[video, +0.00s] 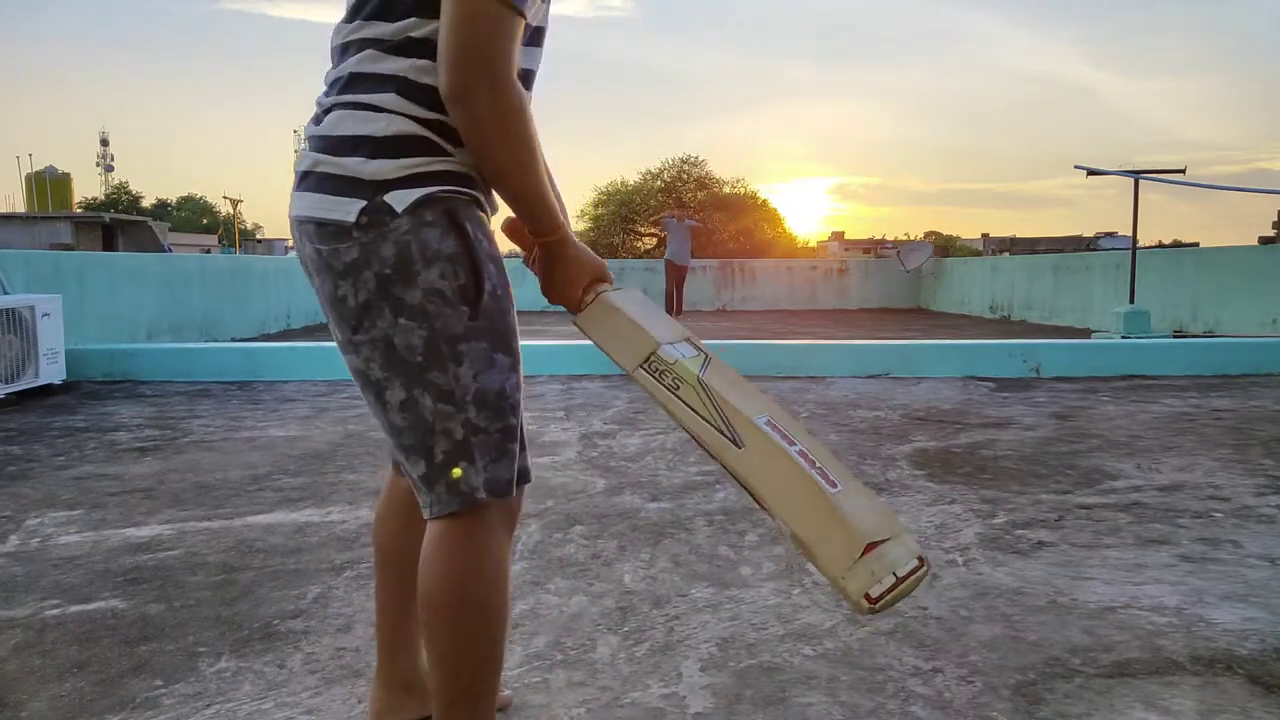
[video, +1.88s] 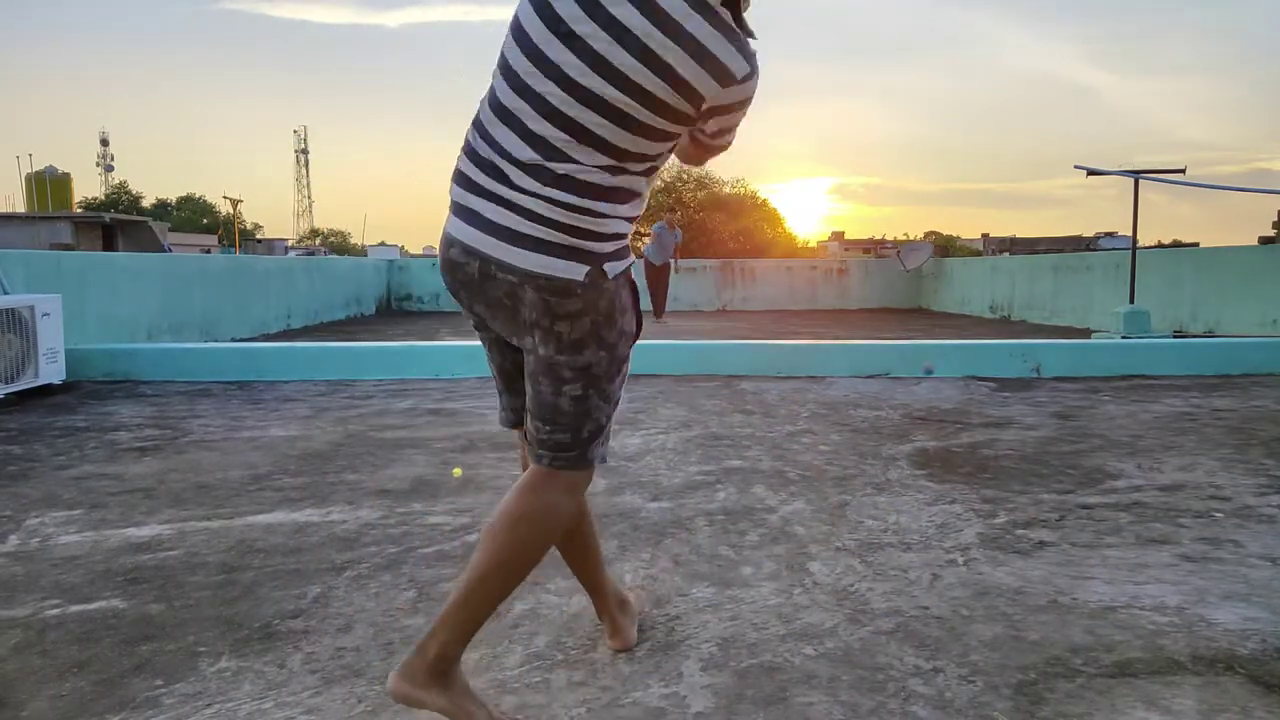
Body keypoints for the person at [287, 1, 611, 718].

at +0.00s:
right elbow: (478, 83)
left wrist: (523, 217)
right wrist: (557, 238)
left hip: (338, 201)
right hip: (412, 204)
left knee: (422, 464)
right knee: (482, 490)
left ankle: (399, 686)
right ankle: (468, 705)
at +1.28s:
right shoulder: (620, 3)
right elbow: (508, 89)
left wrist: (551, 245)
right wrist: (558, 239)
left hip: (392, 225)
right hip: (428, 228)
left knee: (516, 455)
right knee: (536, 472)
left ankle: (427, 649)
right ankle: (440, 704)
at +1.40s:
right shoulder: (632, 2)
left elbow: (512, 136)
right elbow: (536, 9)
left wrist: (589, 231)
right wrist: (621, 169)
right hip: (438, 219)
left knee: (553, 405)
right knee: (529, 474)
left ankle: (518, 643)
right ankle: (437, 706)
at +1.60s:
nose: (699, 10)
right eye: (692, 12)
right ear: (678, 0)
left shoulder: (575, 21)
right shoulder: (656, 2)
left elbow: (634, 127)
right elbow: (587, 104)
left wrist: (711, 220)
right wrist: (706, 228)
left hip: (412, 247)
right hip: (497, 250)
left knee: (545, 456)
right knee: (560, 494)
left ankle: (622, 612)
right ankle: (434, 708)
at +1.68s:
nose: (718, 15)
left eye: (721, 8)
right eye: (723, 6)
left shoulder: (573, 8)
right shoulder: (670, 40)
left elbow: (681, 149)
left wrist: (746, 250)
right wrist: (719, 293)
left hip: (433, 254)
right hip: (522, 262)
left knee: (554, 454)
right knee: (568, 485)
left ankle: (624, 612)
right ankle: (435, 705)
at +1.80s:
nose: (739, 13)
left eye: (740, 8)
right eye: (741, 8)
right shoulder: (704, 48)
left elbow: (578, 96)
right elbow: (681, 207)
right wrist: (676, 246)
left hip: (454, 238)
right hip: (553, 261)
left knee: (540, 453)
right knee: (569, 475)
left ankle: (610, 612)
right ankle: (433, 677)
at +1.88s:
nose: (752, 1)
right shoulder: (729, 59)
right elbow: (696, 151)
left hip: (470, 244)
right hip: (572, 273)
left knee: (544, 450)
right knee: (560, 469)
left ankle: (611, 609)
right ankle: (431, 662)